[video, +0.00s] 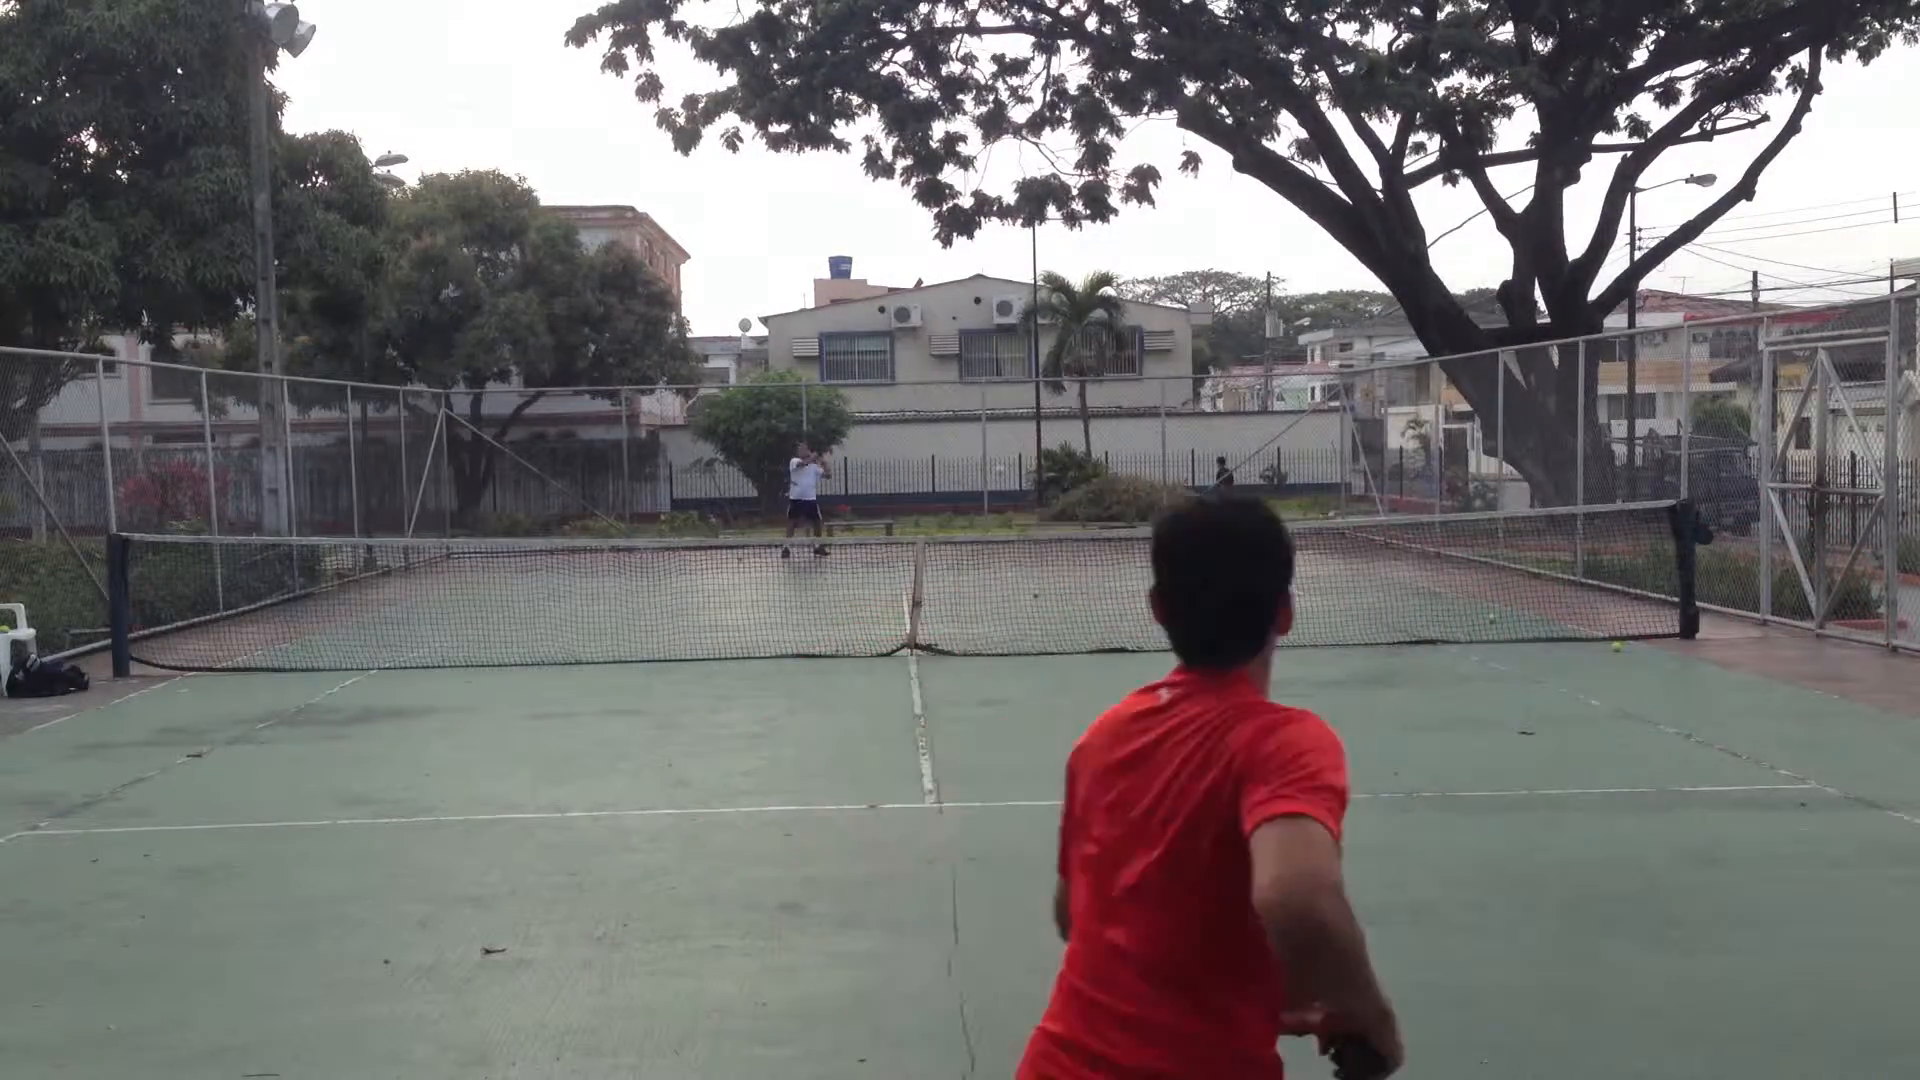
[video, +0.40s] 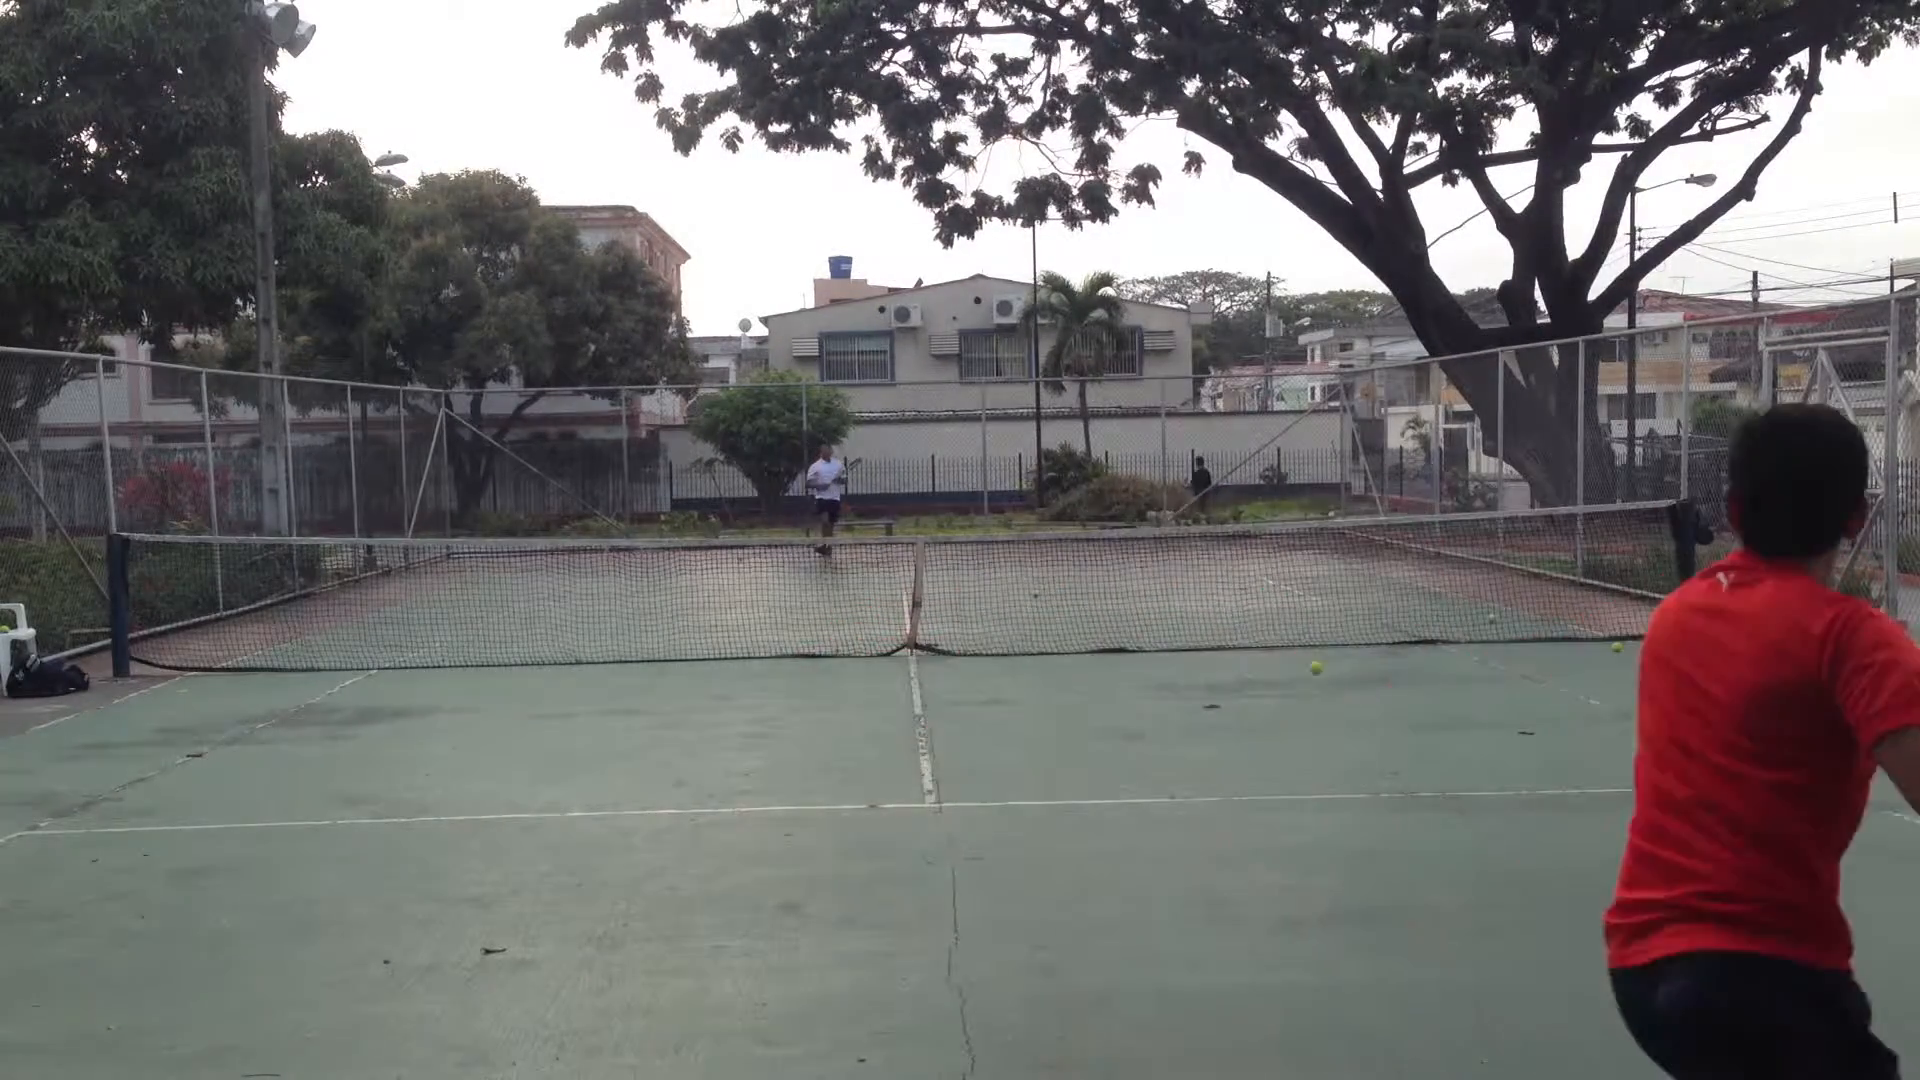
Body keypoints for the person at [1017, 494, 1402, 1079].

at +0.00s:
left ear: (1157, 608)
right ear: (1285, 614)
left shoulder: (1104, 736)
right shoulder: (1287, 737)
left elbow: (1074, 915)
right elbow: (1292, 896)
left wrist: (1258, 997)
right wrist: (1366, 1023)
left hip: (1065, 1059)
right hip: (1218, 1066)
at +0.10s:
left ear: (1347, 594)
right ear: (1478, 601)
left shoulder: (1289, 712)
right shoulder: (1457, 739)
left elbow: (1279, 903)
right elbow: (1463, 937)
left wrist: (1409, 1005)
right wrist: (1526, 1052)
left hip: (1191, 1050)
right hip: (1326, 1066)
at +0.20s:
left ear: (1508, 584)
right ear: (1637, 599)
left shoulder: (1439, 694)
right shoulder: (1616, 733)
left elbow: (1441, 899)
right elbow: (1667, 947)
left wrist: (1588, 972)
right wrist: (1714, 1019)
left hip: (1320, 1032)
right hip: (1431, 1054)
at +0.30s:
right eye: (1759, 528)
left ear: (1625, 535)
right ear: (1752, 552)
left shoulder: (1557, 647)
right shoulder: (1743, 671)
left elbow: (1631, 831)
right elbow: (1840, 861)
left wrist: (1798, 835)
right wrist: (1901, 888)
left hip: (1478, 995)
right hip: (1609, 1020)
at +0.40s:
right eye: (1861, 503)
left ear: (1733, 510)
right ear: (1857, 519)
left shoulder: (1674, 612)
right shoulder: (1850, 632)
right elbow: (1916, 782)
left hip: (1645, 964)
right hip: (1771, 975)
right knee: (1869, 1063)